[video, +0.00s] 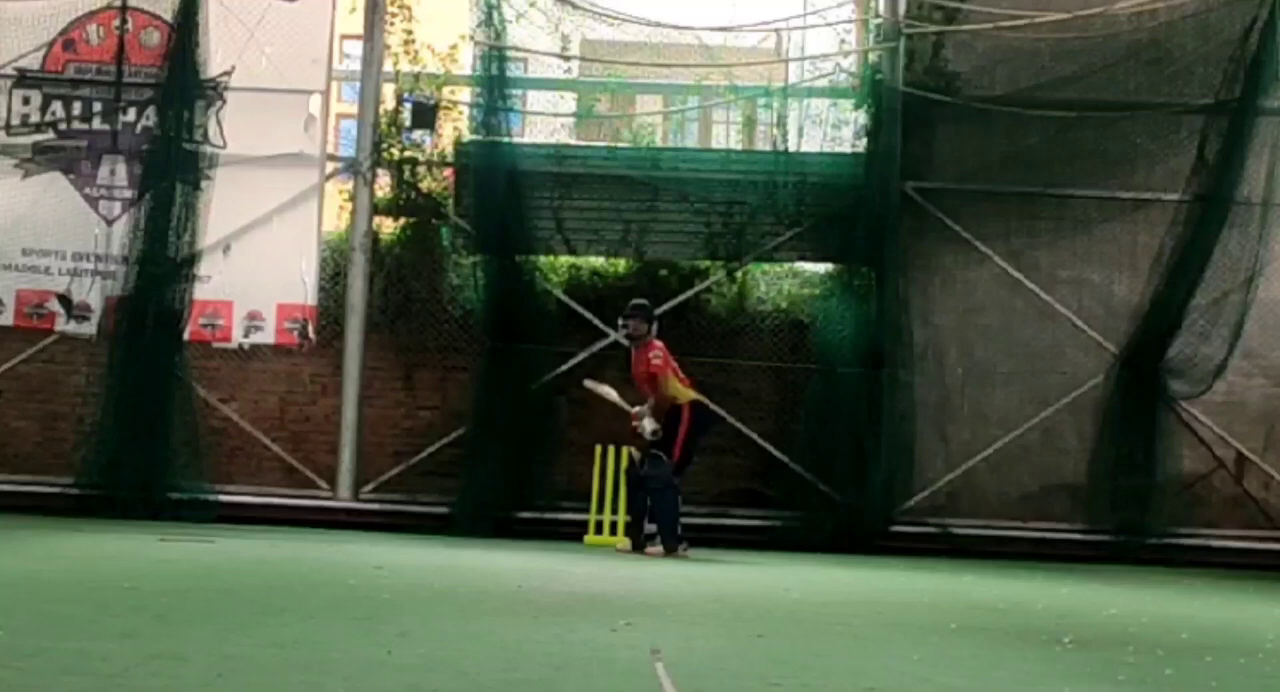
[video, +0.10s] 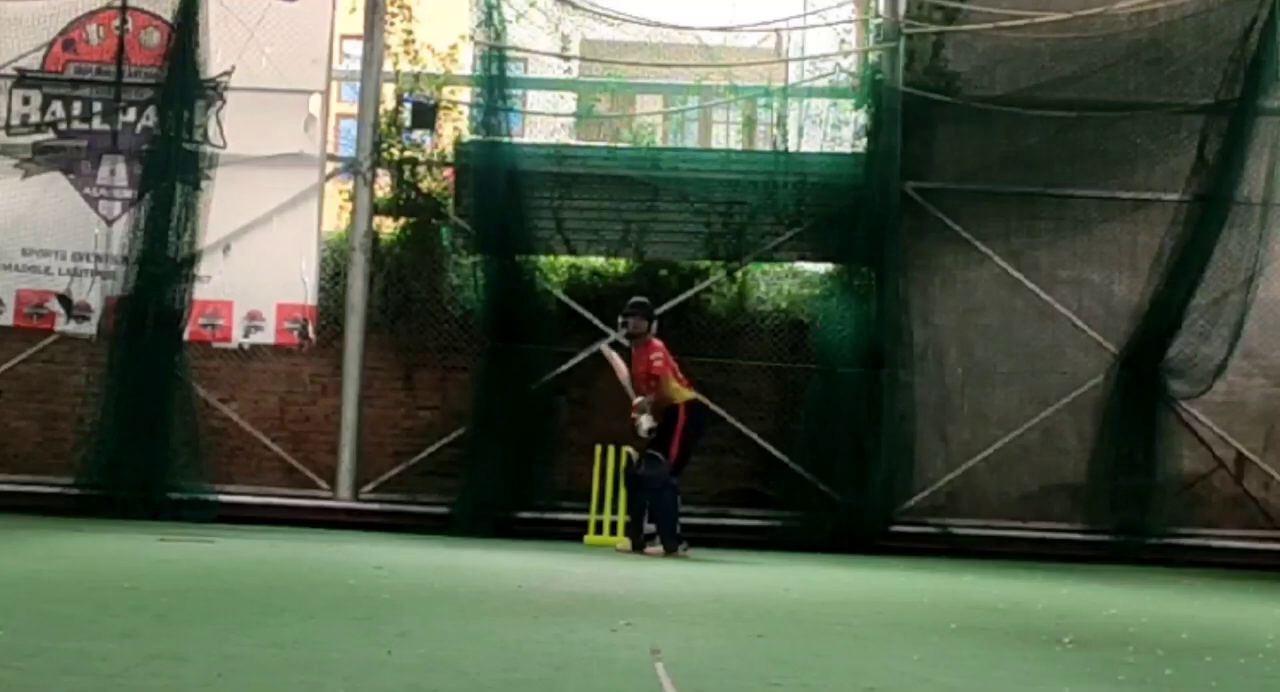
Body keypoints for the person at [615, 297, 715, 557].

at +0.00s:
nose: (633, 326)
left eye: (640, 322)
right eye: (630, 321)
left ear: (650, 325)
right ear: (625, 324)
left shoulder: (654, 352)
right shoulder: (638, 351)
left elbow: (665, 390)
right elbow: (655, 390)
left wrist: (651, 416)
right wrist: (644, 409)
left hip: (686, 405)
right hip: (668, 406)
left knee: (667, 468)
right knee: (653, 465)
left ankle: (671, 539)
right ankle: (648, 534)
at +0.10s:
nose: (633, 324)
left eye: (639, 319)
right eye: (629, 319)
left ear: (649, 323)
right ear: (625, 323)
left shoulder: (655, 349)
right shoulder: (638, 350)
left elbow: (663, 388)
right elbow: (629, 381)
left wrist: (646, 402)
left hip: (684, 405)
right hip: (666, 407)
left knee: (664, 469)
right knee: (651, 466)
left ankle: (671, 539)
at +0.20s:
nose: (633, 324)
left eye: (639, 318)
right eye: (630, 318)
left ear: (649, 322)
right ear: (625, 322)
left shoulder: (655, 349)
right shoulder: (636, 350)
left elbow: (662, 389)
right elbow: (633, 381)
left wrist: (644, 401)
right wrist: (638, 414)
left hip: (684, 404)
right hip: (664, 407)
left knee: (662, 469)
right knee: (648, 466)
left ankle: (671, 539)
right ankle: (643, 534)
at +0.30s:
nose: (632, 323)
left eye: (638, 318)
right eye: (628, 318)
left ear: (648, 322)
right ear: (623, 322)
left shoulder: (654, 349)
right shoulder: (635, 349)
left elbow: (660, 387)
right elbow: (639, 383)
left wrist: (643, 400)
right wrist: (639, 412)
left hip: (681, 404)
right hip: (663, 407)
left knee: (661, 469)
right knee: (646, 465)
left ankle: (671, 539)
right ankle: (646, 534)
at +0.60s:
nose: (625, 326)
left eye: (632, 321)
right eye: (621, 320)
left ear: (643, 325)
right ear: (616, 324)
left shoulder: (648, 354)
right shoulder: (629, 351)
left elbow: (656, 393)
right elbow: (627, 382)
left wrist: (638, 401)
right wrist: (633, 410)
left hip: (675, 405)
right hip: (655, 406)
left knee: (652, 470)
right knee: (633, 465)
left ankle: (670, 541)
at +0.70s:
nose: (619, 329)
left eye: (625, 324)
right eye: (615, 323)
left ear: (635, 329)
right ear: (610, 327)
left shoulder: (640, 356)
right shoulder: (622, 354)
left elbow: (649, 393)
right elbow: (623, 384)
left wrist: (632, 402)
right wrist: (625, 412)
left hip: (668, 407)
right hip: (649, 409)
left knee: (644, 471)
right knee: (624, 466)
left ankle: (671, 541)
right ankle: (614, 536)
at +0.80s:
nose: (610, 333)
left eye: (617, 328)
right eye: (606, 327)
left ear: (626, 331)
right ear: (600, 331)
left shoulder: (634, 358)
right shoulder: (613, 357)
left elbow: (641, 401)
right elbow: (618, 388)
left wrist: (624, 403)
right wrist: (620, 411)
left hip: (663, 408)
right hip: (643, 410)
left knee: (642, 472)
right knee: (625, 468)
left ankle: (669, 539)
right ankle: (613, 536)